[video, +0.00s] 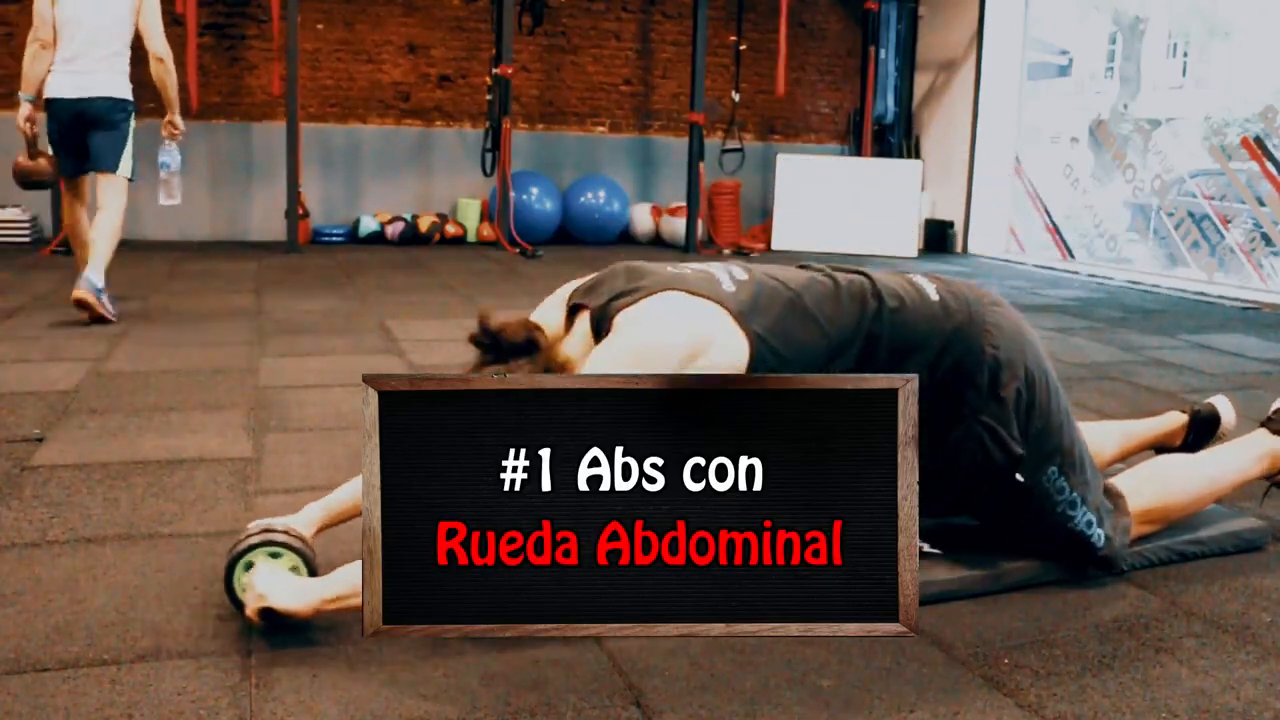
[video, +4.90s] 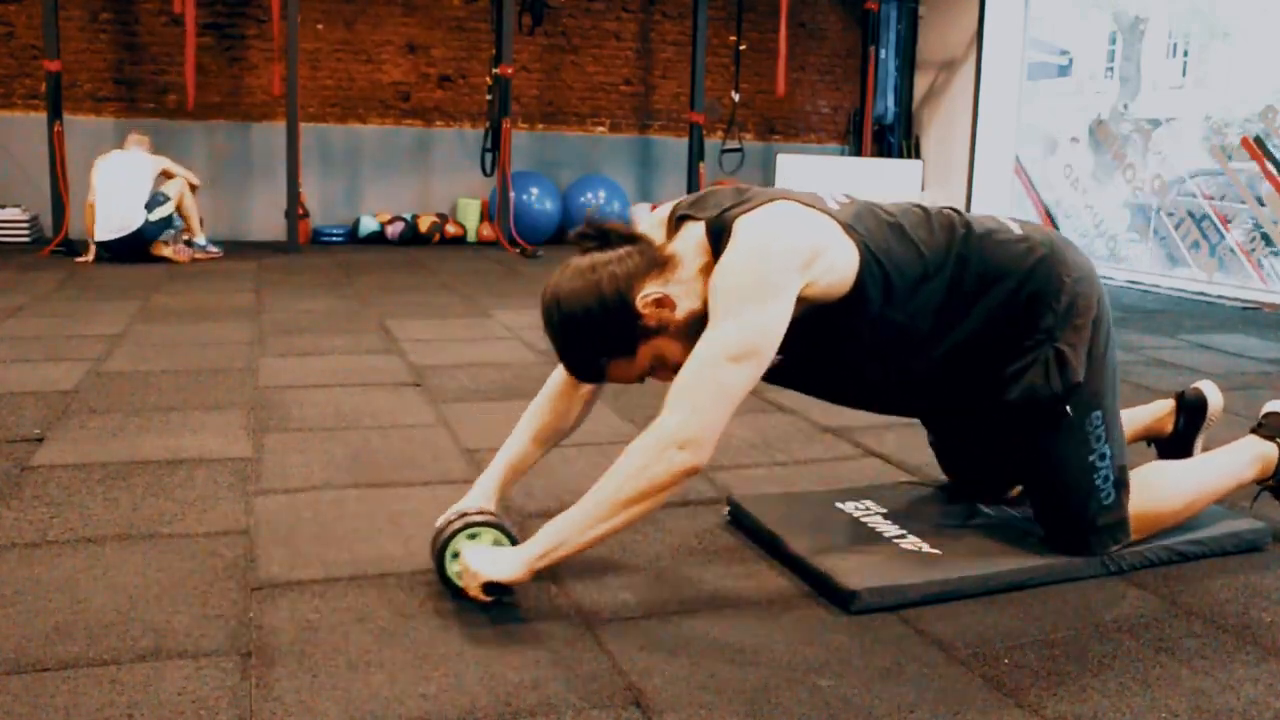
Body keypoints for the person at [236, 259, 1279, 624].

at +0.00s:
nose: (553, 405)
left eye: (545, 386)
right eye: (536, 375)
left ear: (552, 355)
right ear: (534, 345)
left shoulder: (671, 338)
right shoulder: (577, 323)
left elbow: (529, 487)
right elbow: (457, 428)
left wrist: (343, 594)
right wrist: (324, 510)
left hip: (964, 338)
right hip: (904, 343)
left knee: (1107, 541)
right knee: (1004, 512)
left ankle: (1264, 452)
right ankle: (1183, 422)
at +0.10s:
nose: (562, 400)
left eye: (551, 382)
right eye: (539, 380)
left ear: (564, 345)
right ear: (550, 330)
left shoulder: (667, 319)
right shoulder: (591, 306)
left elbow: (544, 458)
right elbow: (482, 422)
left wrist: (377, 555)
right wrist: (344, 514)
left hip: (978, 331)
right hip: (925, 331)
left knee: (1100, 537)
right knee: (978, 519)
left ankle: (1259, 450)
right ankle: (1174, 428)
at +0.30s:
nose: (633, 376)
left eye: (615, 372)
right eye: (615, 376)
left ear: (626, 346)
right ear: (615, 322)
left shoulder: (718, 286)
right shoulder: (644, 256)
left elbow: (664, 391)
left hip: (1004, 302)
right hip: (945, 300)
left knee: (1104, 523)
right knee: (983, 496)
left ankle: (1263, 439)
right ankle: (1179, 420)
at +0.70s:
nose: (718, 358)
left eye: (708, 341)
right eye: (695, 351)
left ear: (732, 281)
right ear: (717, 276)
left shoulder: (844, 225)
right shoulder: (737, 228)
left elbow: (775, 411)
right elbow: (656, 372)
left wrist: (695, 502)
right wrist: (616, 467)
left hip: (1081, 295)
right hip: (984, 326)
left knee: (1101, 526)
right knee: (990, 477)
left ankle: (1268, 449)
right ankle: (1169, 418)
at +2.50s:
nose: (629, 296)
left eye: (625, 268)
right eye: (610, 292)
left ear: (658, 216)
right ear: (609, 285)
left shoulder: (764, 242)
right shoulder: (672, 263)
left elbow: (677, 443)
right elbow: (585, 383)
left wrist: (534, 553)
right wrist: (493, 491)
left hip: (1035, 313)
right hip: (953, 346)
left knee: (1102, 524)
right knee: (997, 485)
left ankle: (1270, 460)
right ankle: (1176, 417)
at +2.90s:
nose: (513, 365)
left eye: (504, 337)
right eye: (490, 365)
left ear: (537, 284)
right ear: (491, 355)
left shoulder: (647, 309)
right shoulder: (571, 316)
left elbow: (538, 508)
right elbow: (464, 427)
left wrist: (363, 582)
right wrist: (343, 514)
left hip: (954, 359)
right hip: (887, 397)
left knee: (1102, 534)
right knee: (1041, 493)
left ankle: (1261, 458)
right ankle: (1208, 422)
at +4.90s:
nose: (663, 385)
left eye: (645, 374)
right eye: (637, 382)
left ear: (658, 314)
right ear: (639, 305)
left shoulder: (762, 256)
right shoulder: (658, 252)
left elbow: (677, 448)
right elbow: (575, 377)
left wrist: (532, 554)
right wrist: (489, 486)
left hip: (1035, 301)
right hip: (950, 333)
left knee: (1099, 525)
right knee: (987, 485)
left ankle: (1265, 456)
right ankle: (1169, 416)